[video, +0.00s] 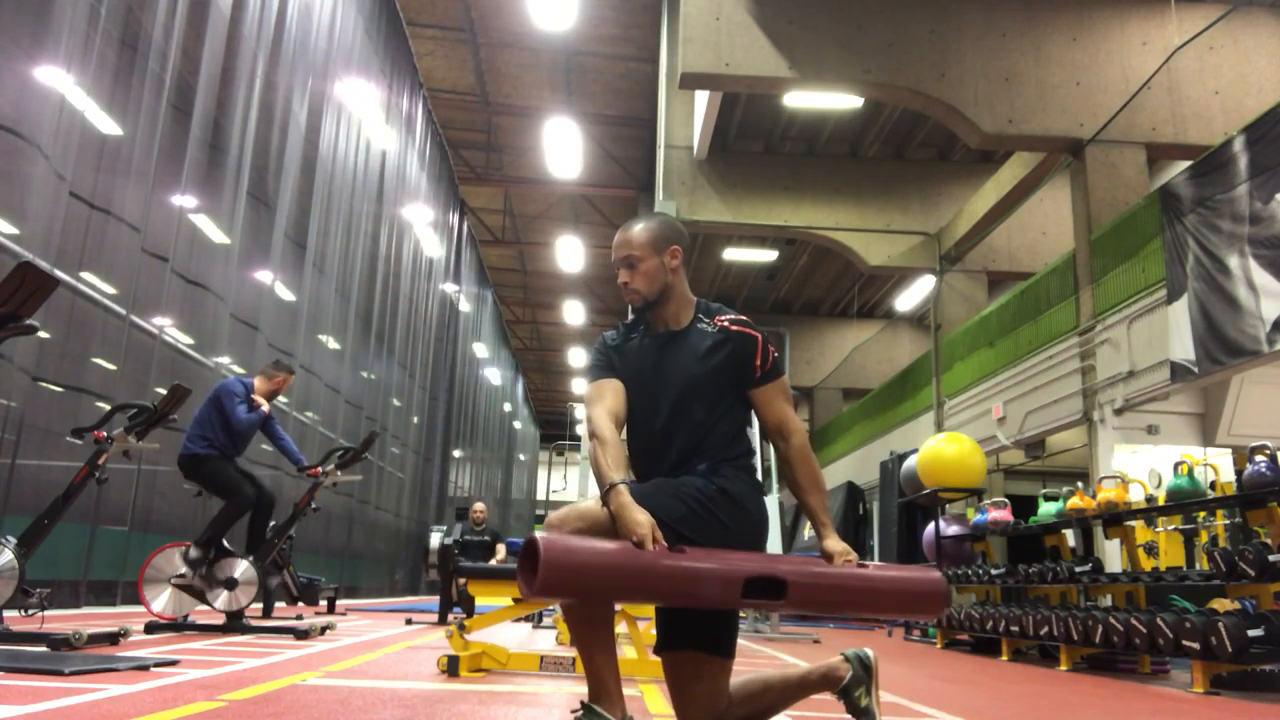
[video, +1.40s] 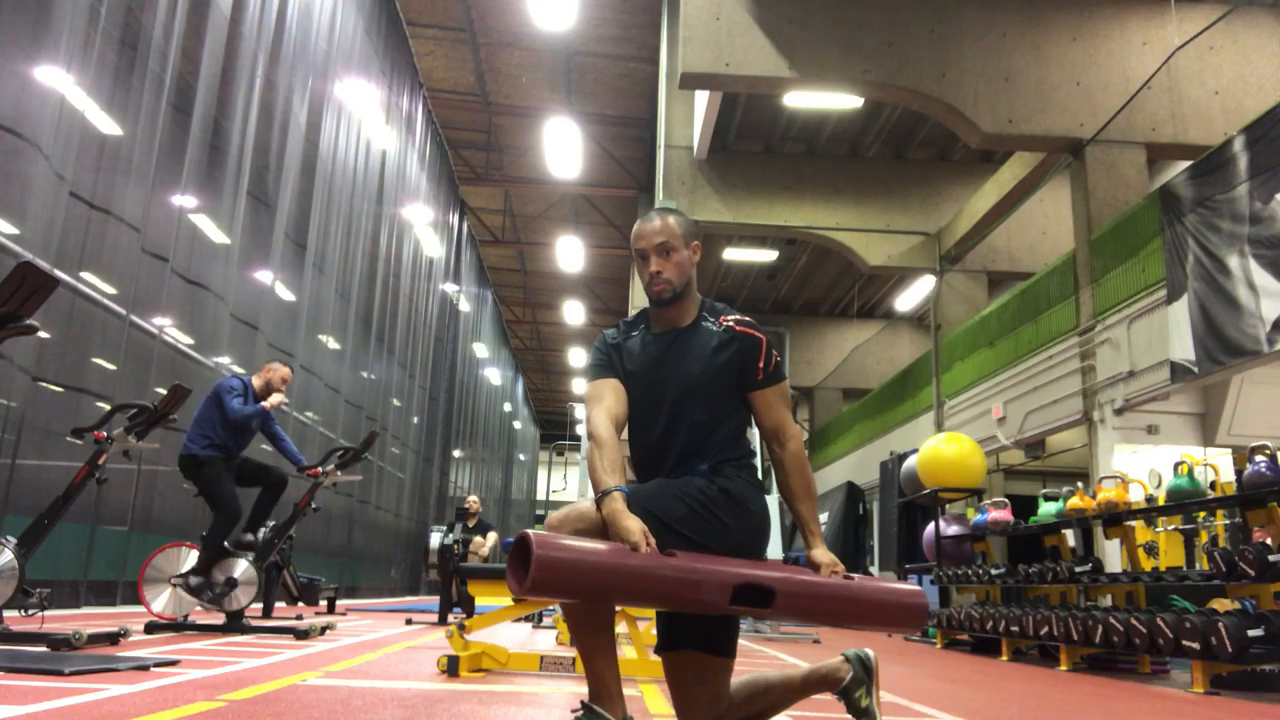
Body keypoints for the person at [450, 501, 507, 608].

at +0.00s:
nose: (477, 515)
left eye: (481, 512)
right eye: (475, 512)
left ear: (486, 515)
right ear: (470, 514)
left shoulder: (493, 533)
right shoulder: (461, 531)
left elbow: (501, 553)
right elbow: (452, 550)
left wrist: (495, 560)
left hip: (486, 571)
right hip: (464, 569)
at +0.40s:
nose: (475, 511)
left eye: (479, 508)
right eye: (472, 508)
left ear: (484, 511)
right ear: (469, 510)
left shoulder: (491, 529)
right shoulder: (461, 527)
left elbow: (495, 544)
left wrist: (490, 559)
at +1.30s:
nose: (469, 505)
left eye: (473, 502)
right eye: (466, 502)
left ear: (478, 507)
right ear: (462, 506)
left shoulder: (485, 526)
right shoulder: (453, 526)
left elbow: (493, 538)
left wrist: (487, 552)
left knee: (479, 540)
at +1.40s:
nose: (471, 504)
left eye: (474, 502)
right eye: (468, 502)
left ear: (480, 508)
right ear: (464, 506)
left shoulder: (484, 525)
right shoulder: (456, 524)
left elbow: (493, 535)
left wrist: (487, 548)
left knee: (478, 541)